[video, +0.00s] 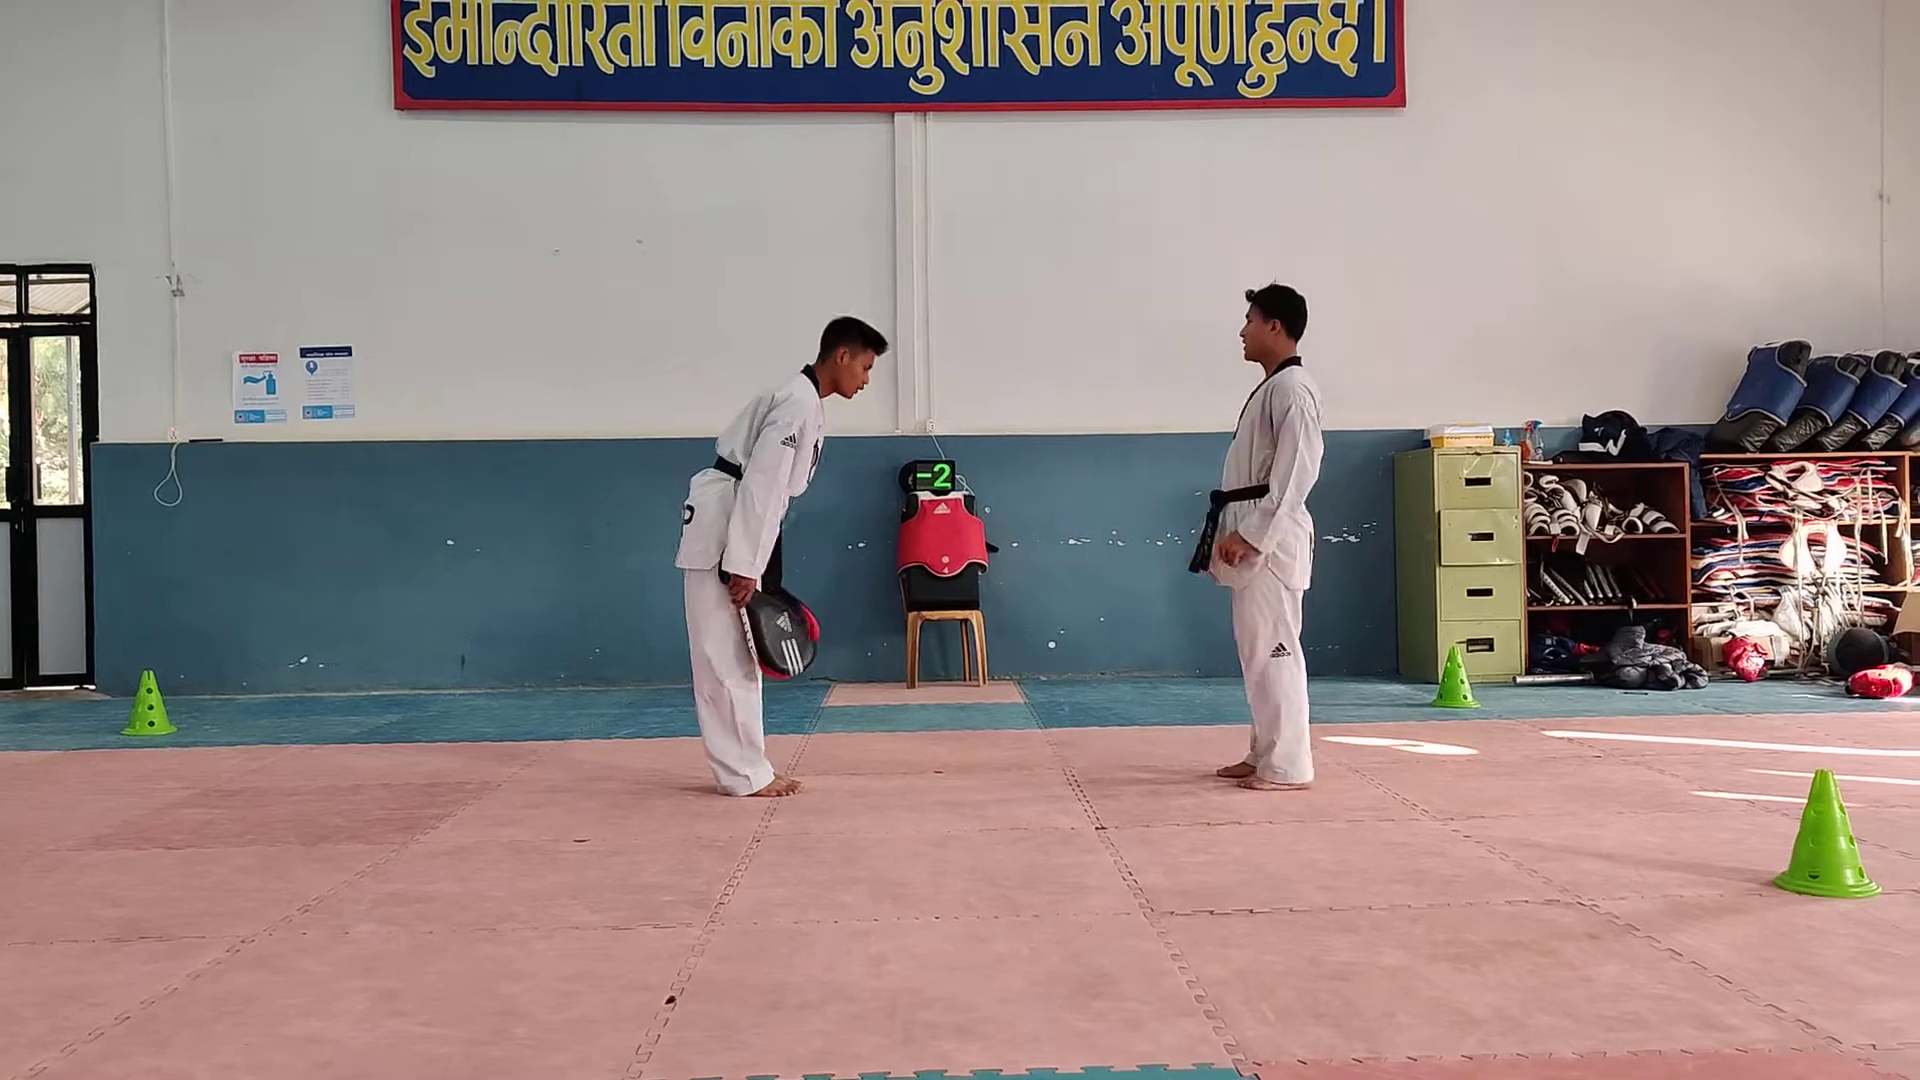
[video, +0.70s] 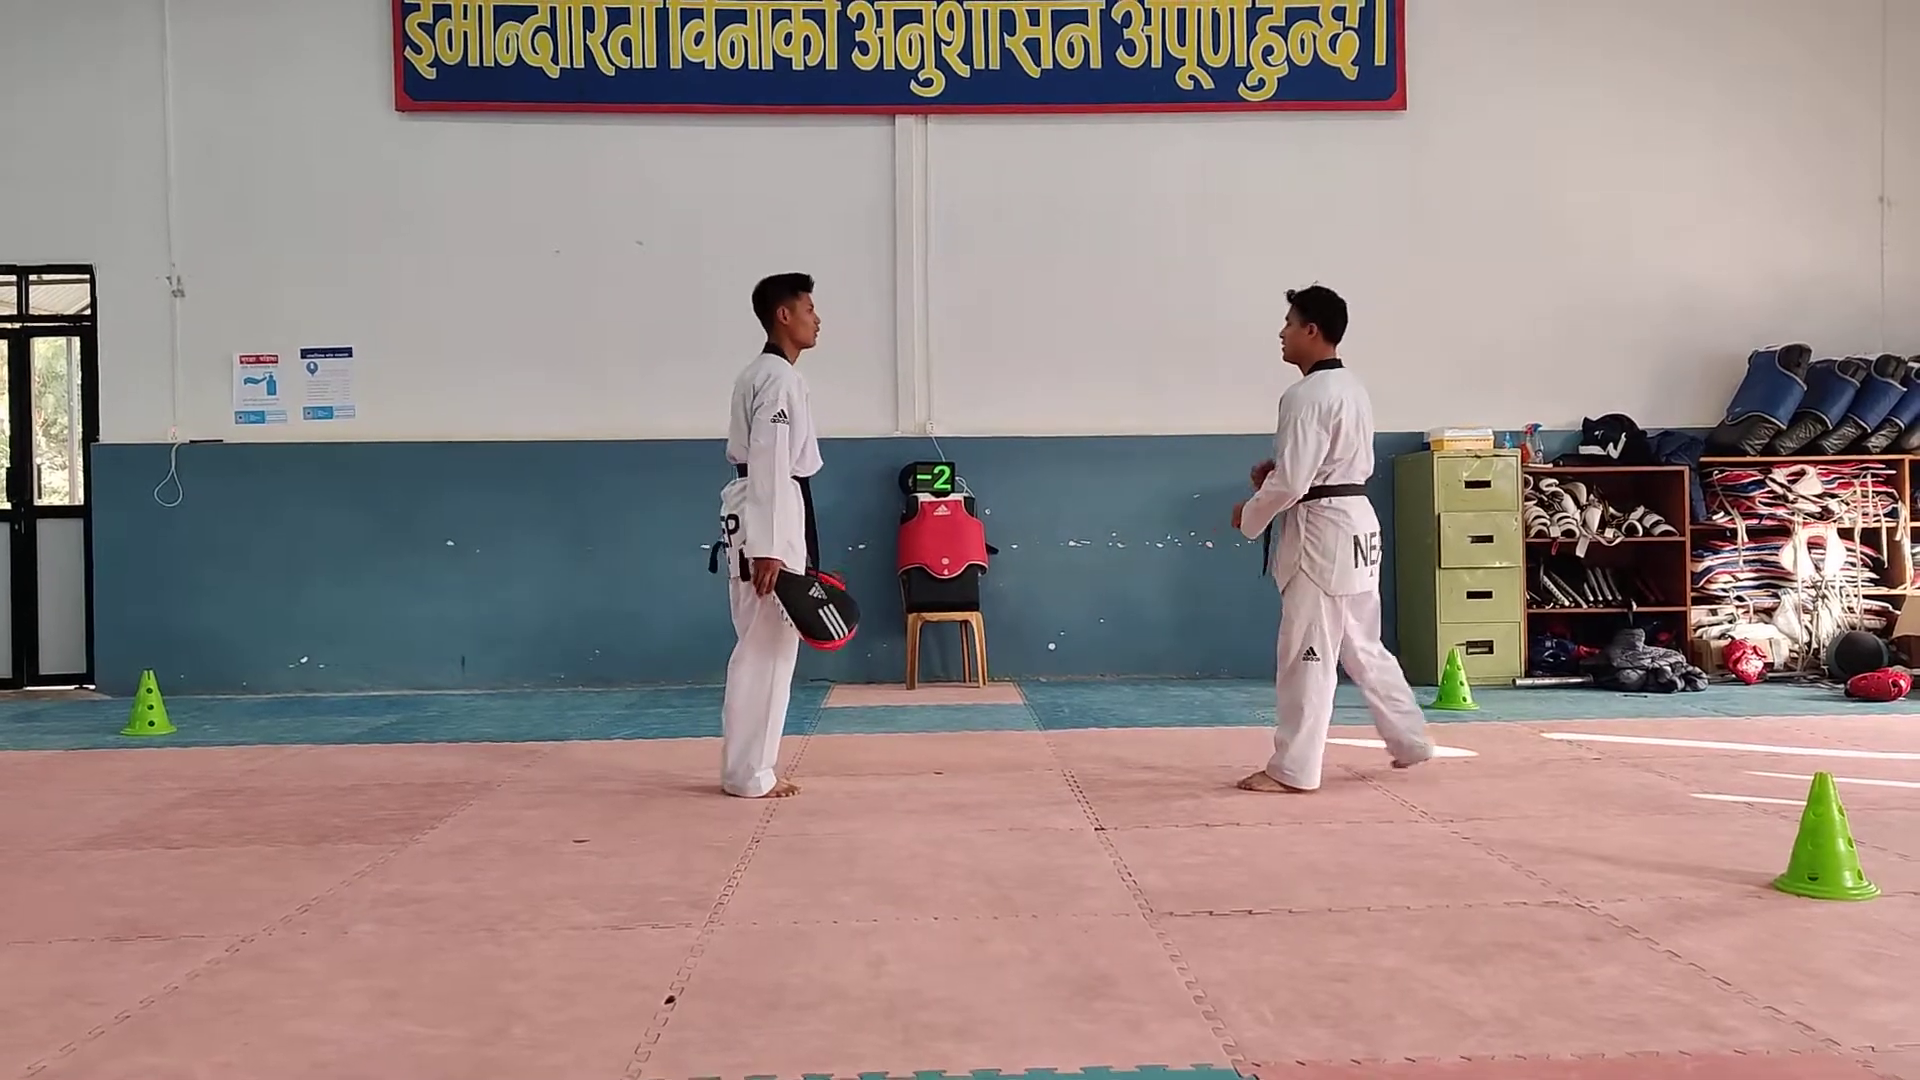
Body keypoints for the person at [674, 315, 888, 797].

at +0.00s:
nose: (866, 379)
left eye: (870, 369)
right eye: (866, 367)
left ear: (840, 357)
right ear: (841, 356)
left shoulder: (805, 404)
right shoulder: (796, 403)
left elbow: (772, 493)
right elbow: (760, 486)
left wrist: (759, 569)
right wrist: (744, 563)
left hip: (733, 535)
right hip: (718, 533)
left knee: (738, 656)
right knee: (725, 658)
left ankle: (748, 769)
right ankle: (740, 773)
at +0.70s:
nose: (817, 318)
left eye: (814, 308)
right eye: (809, 309)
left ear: (783, 317)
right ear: (783, 316)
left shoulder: (758, 375)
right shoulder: (780, 379)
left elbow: (754, 469)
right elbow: (769, 473)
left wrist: (800, 556)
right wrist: (767, 548)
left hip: (751, 521)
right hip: (769, 525)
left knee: (761, 649)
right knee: (770, 650)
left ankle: (747, 769)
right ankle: (750, 773)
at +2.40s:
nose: (842, 326)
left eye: (842, 315)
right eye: (837, 314)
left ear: (798, 314)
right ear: (812, 312)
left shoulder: (739, 360)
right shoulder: (809, 372)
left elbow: (696, 420)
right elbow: (848, 460)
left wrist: (733, 461)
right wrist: (920, 473)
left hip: (713, 492)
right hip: (760, 498)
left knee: (710, 630)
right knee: (772, 631)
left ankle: (698, 757)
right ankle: (782, 764)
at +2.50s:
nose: (839, 327)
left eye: (839, 316)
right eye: (834, 316)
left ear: (795, 316)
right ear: (809, 315)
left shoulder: (736, 362)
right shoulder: (804, 375)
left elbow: (693, 422)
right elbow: (841, 462)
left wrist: (733, 460)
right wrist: (915, 472)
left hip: (708, 495)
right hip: (754, 502)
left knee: (708, 633)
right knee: (769, 633)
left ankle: (697, 759)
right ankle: (783, 766)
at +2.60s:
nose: (838, 330)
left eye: (838, 319)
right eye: (832, 318)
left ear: (794, 321)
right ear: (806, 318)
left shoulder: (735, 365)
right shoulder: (803, 378)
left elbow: (689, 423)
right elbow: (843, 462)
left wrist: (730, 462)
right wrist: (919, 463)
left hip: (703, 493)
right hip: (749, 502)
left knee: (709, 635)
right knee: (769, 634)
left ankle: (701, 759)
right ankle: (788, 766)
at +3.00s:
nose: (749, 309)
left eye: (748, 299)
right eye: (741, 299)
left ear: (716, 304)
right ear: (711, 301)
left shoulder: (699, 363)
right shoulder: (692, 358)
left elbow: (710, 450)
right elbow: (685, 435)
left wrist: (764, 478)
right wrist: (759, 434)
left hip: (659, 489)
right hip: (679, 487)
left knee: (692, 619)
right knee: (751, 603)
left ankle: (653, 733)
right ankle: (811, 737)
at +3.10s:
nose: (724, 295)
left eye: (723, 286)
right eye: (715, 286)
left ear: (695, 290)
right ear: (686, 288)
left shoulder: (703, 353)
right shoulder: (648, 348)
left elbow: (705, 438)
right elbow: (634, 422)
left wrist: (756, 468)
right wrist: (711, 419)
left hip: (665, 475)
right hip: (640, 475)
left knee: (675, 604)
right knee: (708, 591)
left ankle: (666, 722)